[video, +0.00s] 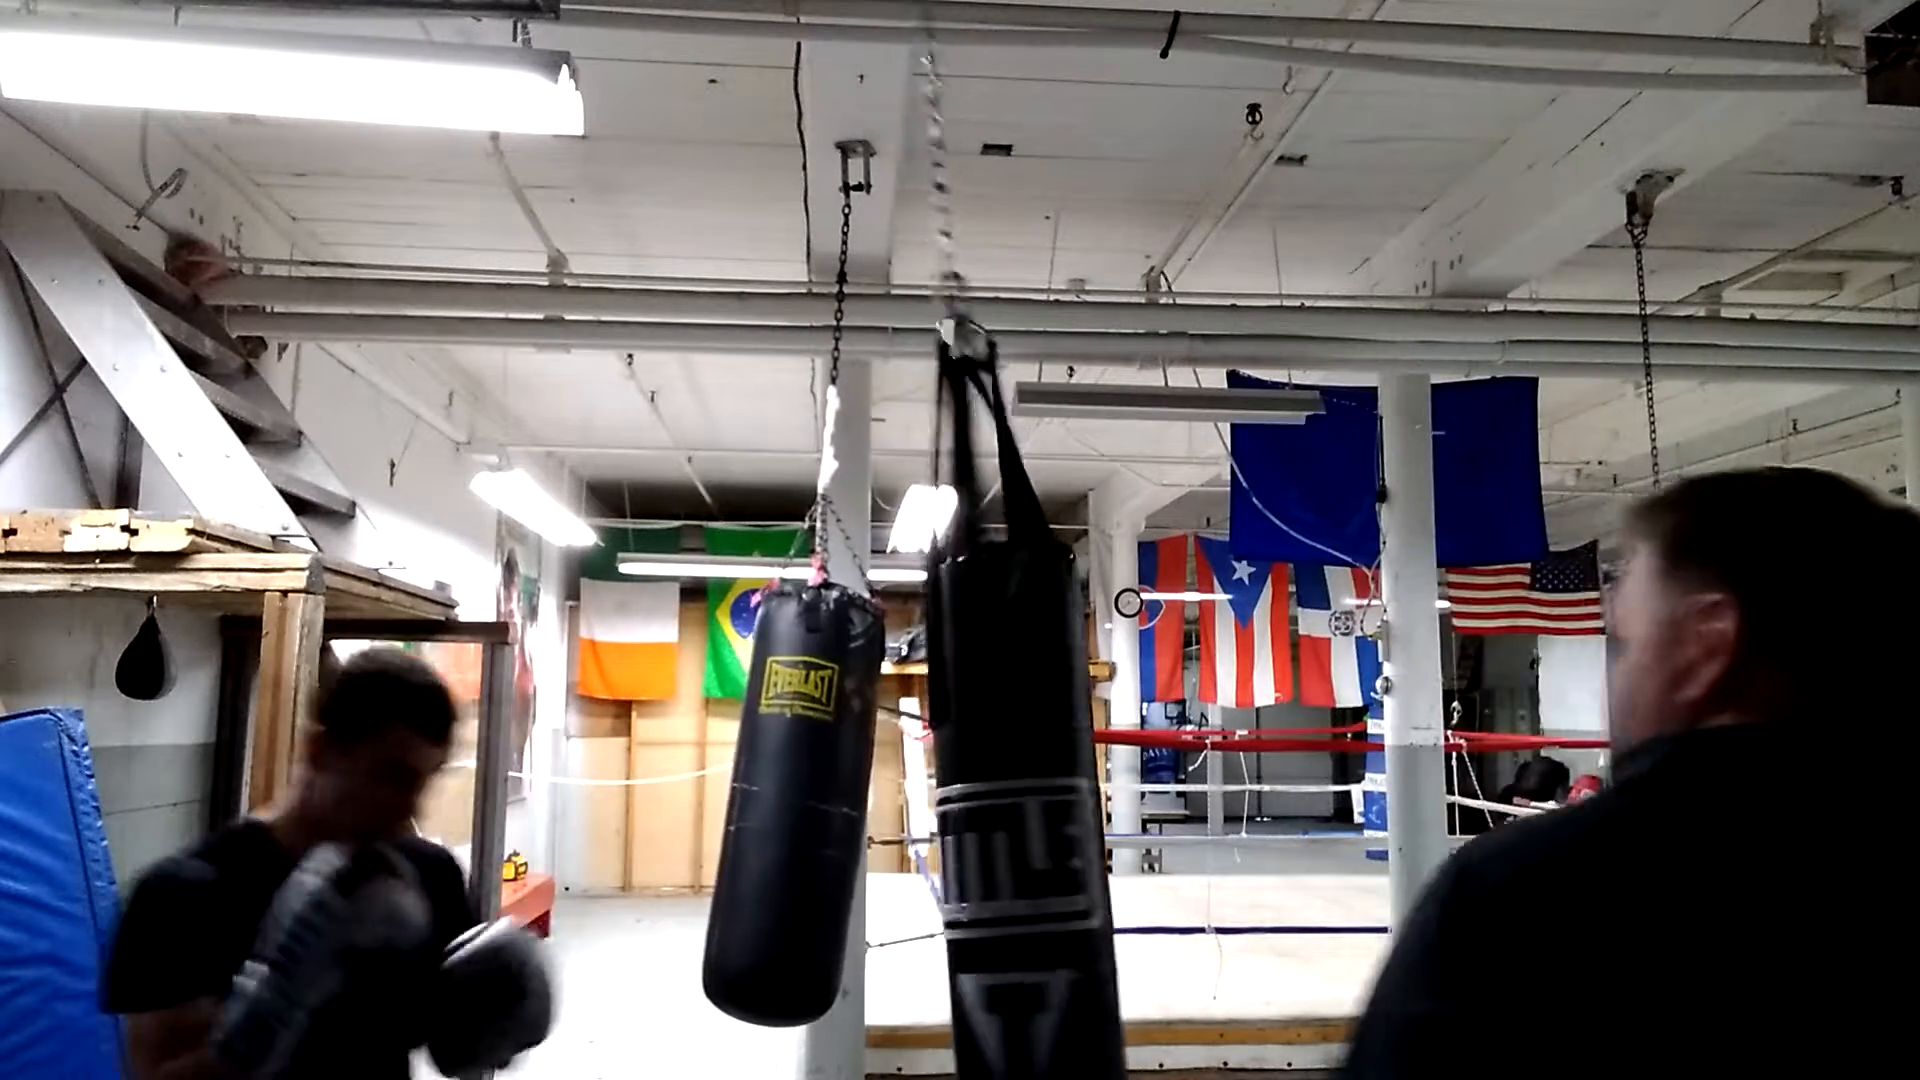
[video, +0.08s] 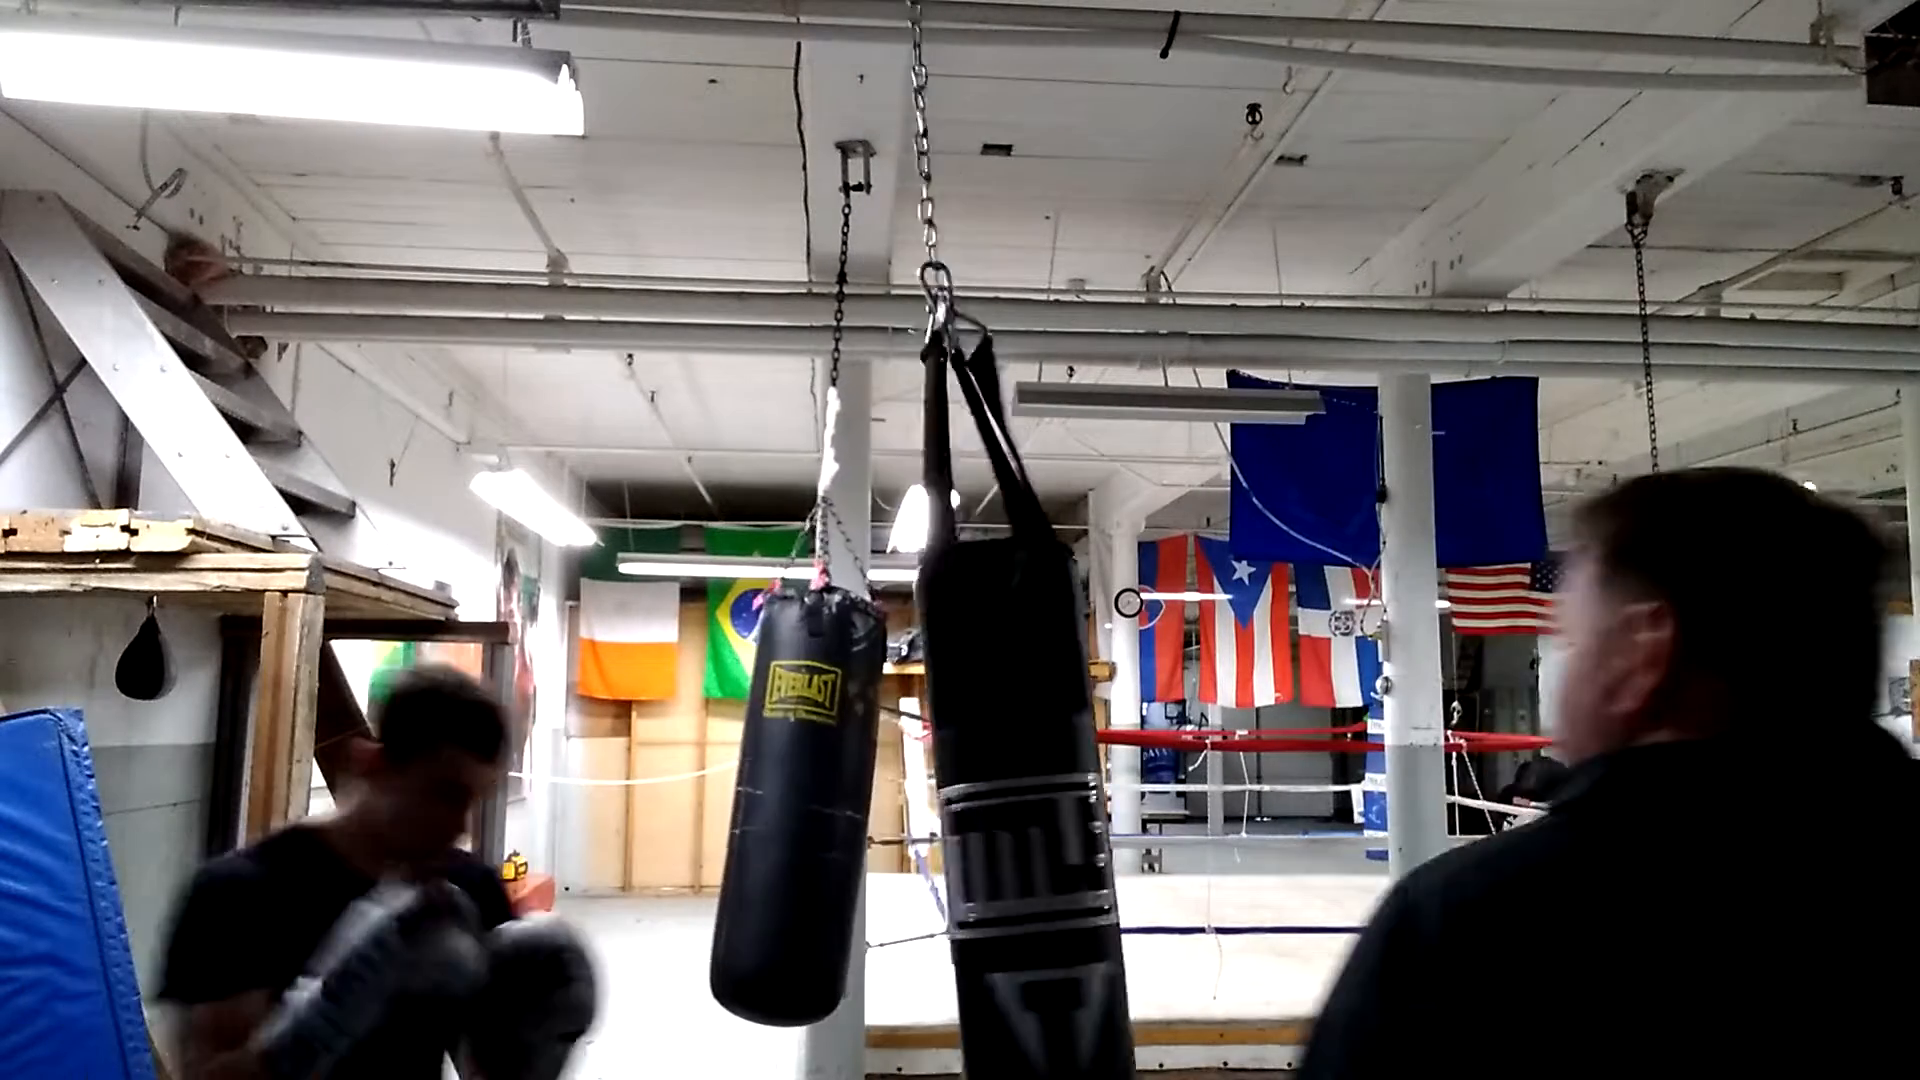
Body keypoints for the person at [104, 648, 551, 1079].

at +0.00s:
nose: (412, 806)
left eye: (425, 781)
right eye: (395, 775)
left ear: (436, 773)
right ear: (319, 751)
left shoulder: (427, 878)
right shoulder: (189, 892)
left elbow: (454, 1053)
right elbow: (158, 1067)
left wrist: (499, 1003)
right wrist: (280, 986)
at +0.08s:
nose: (463, 823)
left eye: (474, 801)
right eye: (448, 795)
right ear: (373, 764)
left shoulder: (469, 888)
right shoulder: (241, 890)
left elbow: (484, 1065)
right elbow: (205, 1067)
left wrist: (532, 1030)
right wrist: (327, 1002)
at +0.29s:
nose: (560, 850)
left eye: (578, 830)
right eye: (542, 824)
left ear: (593, 816)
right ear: (489, 787)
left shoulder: (577, 888)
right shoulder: (352, 861)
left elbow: (632, 1063)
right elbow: (332, 1059)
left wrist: (665, 916)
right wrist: (406, 899)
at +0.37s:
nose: (540, 842)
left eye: (564, 827)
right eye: (529, 815)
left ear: (581, 812)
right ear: (481, 775)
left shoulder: (573, 878)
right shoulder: (354, 860)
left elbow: (645, 1044)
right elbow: (343, 1055)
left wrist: (674, 904)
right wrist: (446, 901)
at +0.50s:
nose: (528, 849)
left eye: (543, 827)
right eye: (514, 821)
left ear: (558, 813)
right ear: (449, 791)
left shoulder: (547, 887)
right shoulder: (340, 895)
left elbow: (618, 1040)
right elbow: (339, 1064)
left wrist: (655, 996)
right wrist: (487, 987)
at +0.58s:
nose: (544, 838)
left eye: (559, 816)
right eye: (525, 812)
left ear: (569, 805)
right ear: (462, 789)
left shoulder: (569, 900)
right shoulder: (360, 895)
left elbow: (610, 1053)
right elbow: (317, 1053)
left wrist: (637, 998)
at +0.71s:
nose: (582, 836)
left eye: (597, 811)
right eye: (564, 807)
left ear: (611, 798)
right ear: (500, 783)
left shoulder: (631, 896)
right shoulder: (420, 885)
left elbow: (744, 996)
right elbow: (369, 1025)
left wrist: (824, 1013)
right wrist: (446, 1019)